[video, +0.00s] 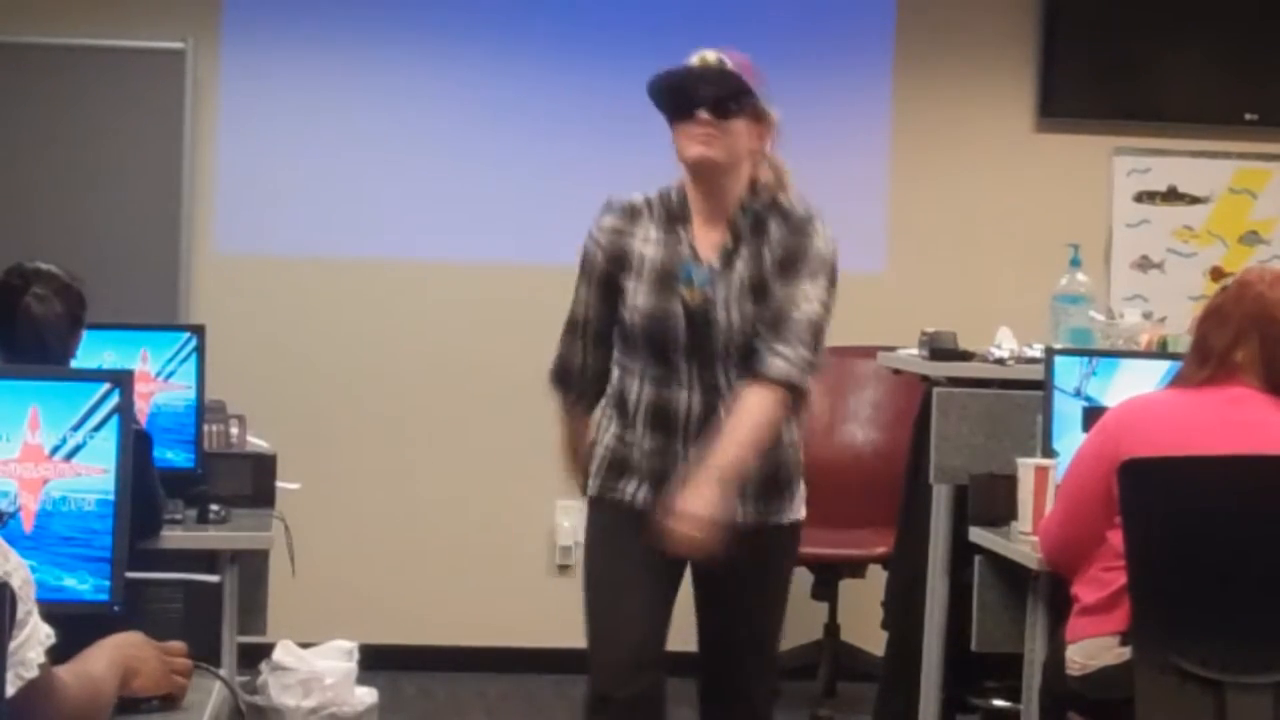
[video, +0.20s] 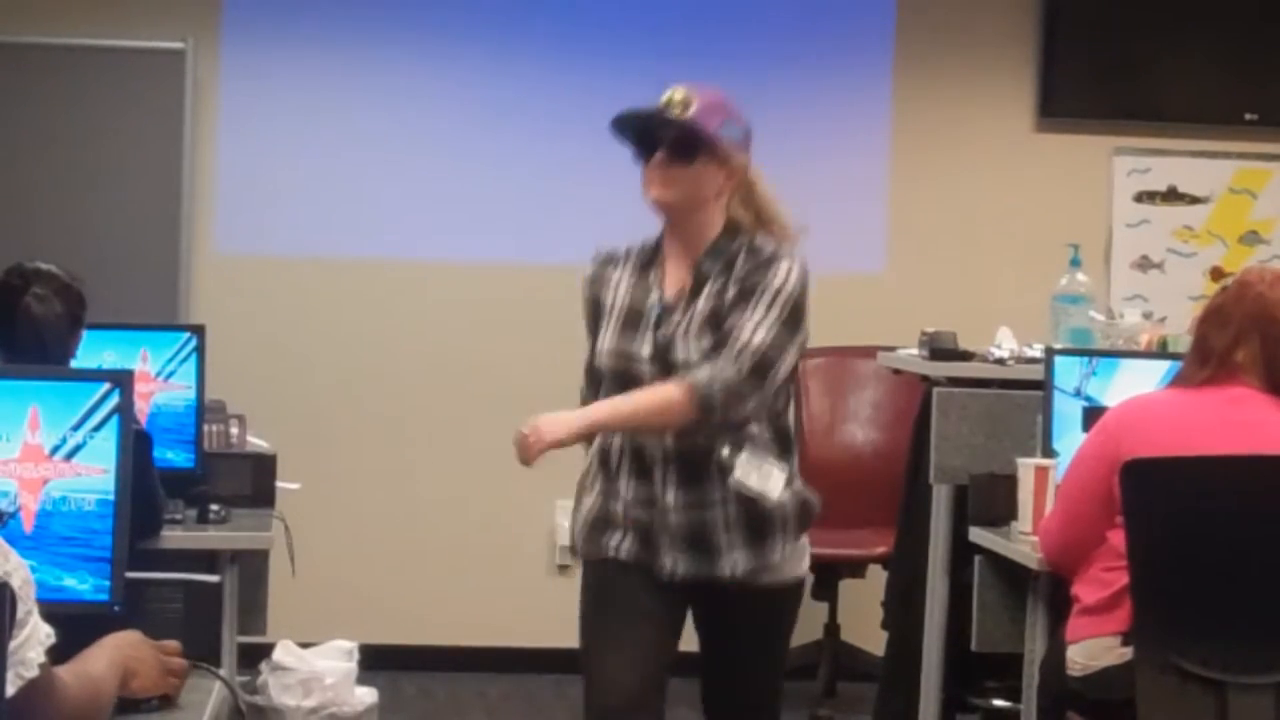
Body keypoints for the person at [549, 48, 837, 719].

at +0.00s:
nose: (703, 119)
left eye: (725, 108)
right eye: (688, 107)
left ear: (761, 133)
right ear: (671, 129)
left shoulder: (800, 238)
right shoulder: (623, 227)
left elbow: (780, 374)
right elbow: (579, 372)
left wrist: (712, 479)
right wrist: (590, 476)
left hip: (755, 501)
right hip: (633, 492)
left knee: (739, 699)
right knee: (619, 692)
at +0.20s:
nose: (656, 168)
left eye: (680, 153)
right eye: (650, 152)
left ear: (728, 171)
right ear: (641, 164)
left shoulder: (774, 271)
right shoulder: (613, 274)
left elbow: (723, 386)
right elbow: (601, 407)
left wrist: (580, 419)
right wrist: (595, 519)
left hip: (746, 534)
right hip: (630, 529)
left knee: (740, 710)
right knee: (615, 705)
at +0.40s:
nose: (615, 149)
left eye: (637, 129)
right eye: (610, 131)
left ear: (688, 143)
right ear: (608, 141)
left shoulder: (751, 239)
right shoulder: (585, 258)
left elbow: (733, 383)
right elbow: (567, 408)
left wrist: (659, 487)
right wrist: (558, 541)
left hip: (731, 529)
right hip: (607, 529)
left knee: (727, 711)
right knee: (597, 707)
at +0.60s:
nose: (596, 128)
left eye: (620, 112)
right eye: (590, 112)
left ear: (676, 128)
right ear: (585, 121)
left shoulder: (747, 224)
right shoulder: (558, 245)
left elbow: (804, 377)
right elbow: (505, 393)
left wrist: (800, 509)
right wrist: (492, 528)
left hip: (728, 516)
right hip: (599, 517)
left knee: (739, 706)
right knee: (592, 706)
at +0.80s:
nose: (619, 183)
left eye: (645, 168)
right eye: (606, 167)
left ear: (688, 182)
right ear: (593, 182)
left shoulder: (747, 297)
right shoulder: (557, 303)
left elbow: (807, 445)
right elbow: (520, 453)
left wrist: (833, 579)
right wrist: (505, 586)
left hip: (721, 570)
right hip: (589, 570)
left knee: (746, 709)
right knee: (554, 710)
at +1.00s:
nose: (708, 143)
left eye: (730, 128)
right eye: (683, 126)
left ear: (753, 144)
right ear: (652, 141)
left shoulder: (797, 247)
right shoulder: (601, 235)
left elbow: (832, 395)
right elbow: (583, 366)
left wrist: (830, 506)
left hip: (751, 541)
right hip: (619, 537)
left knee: (758, 707)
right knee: (606, 708)